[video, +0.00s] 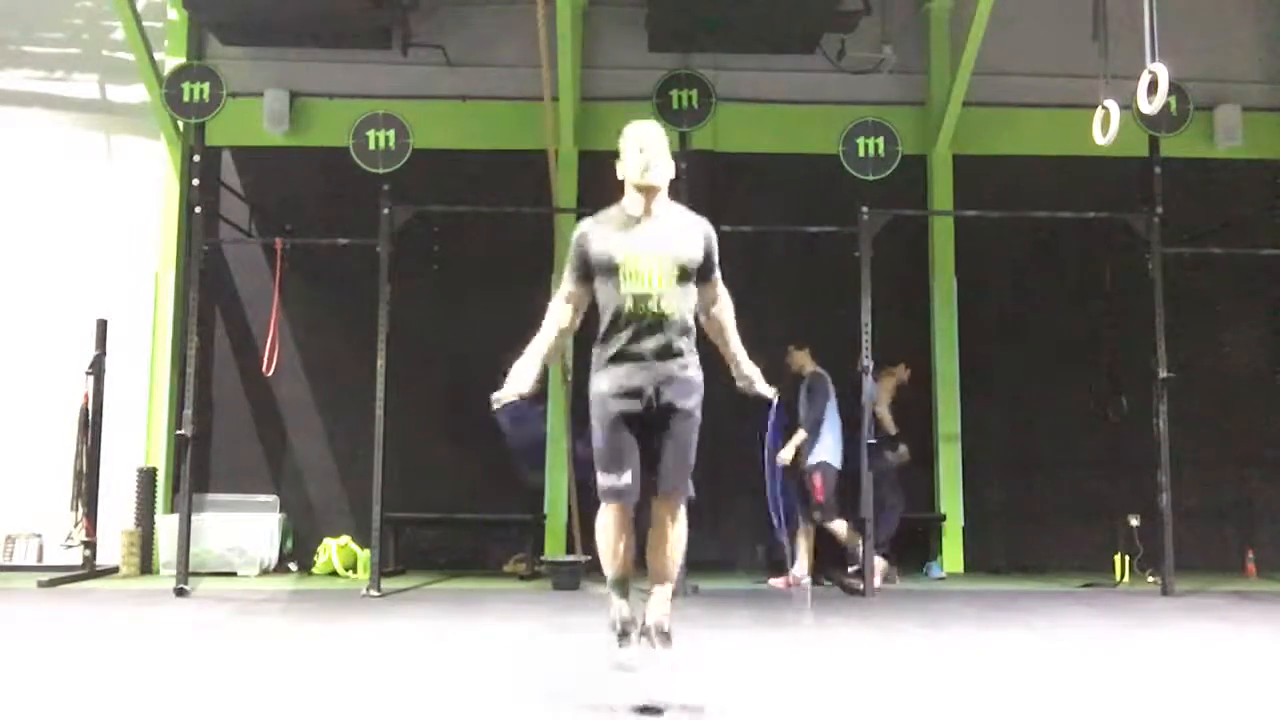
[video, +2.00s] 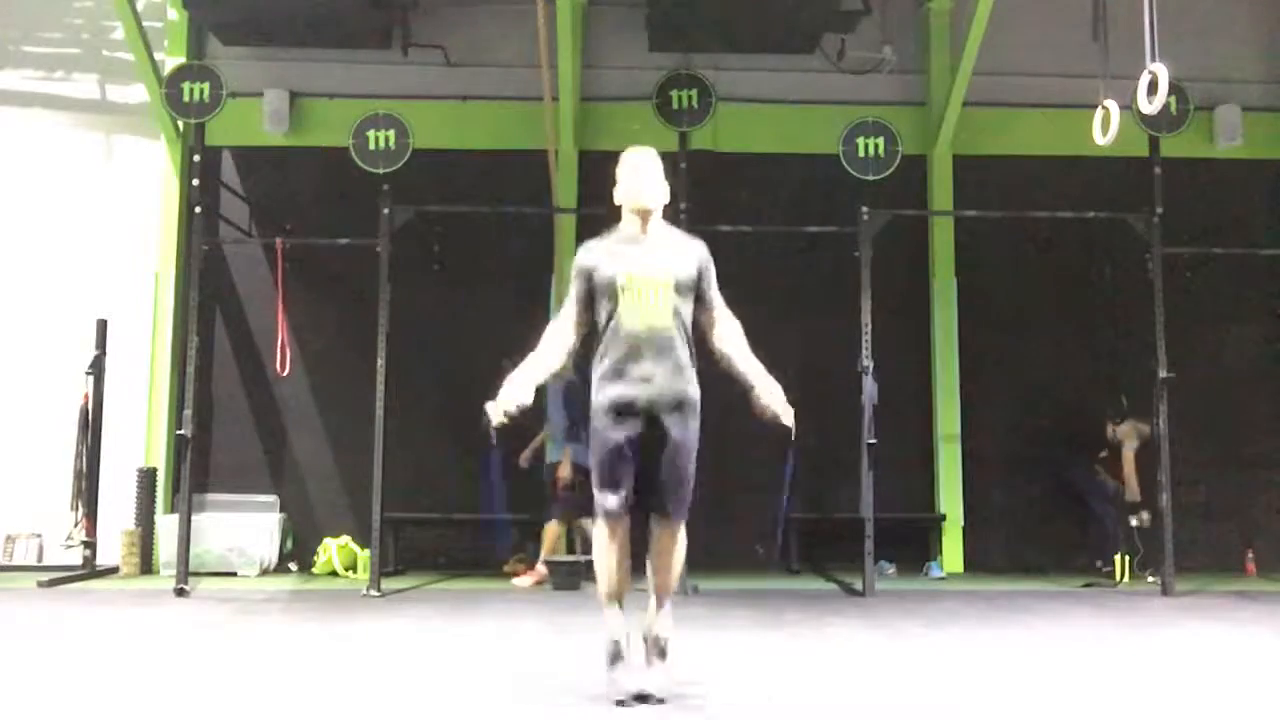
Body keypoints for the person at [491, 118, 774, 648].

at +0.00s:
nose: (647, 161)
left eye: (656, 153)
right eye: (637, 153)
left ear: (672, 163)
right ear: (619, 165)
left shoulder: (697, 232)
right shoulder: (592, 233)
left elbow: (713, 304)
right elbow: (567, 307)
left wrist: (742, 366)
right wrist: (528, 364)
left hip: (680, 379)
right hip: (615, 380)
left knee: (672, 496)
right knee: (617, 495)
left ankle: (659, 613)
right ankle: (620, 605)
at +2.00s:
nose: (644, 190)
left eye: (651, 180)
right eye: (634, 180)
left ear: (664, 188)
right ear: (618, 189)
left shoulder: (693, 252)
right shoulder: (593, 255)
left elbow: (721, 329)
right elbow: (564, 336)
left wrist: (763, 386)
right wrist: (517, 388)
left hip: (677, 399)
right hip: (615, 398)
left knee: (670, 517)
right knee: (612, 514)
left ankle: (660, 623)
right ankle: (614, 629)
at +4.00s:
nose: (651, 191)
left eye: (657, 183)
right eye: (641, 183)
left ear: (671, 191)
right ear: (622, 193)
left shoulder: (695, 254)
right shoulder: (597, 255)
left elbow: (712, 317)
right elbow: (568, 321)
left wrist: (760, 366)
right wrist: (513, 362)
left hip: (679, 398)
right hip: (616, 399)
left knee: (672, 516)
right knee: (618, 512)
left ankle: (660, 625)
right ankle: (619, 623)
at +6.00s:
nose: (663, 165)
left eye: (671, 157)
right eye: (653, 157)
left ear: (685, 169)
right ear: (637, 169)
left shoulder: (712, 233)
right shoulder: (611, 236)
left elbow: (745, 305)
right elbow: (578, 308)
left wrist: (794, 359)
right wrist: (530, 357)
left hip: (694, 373)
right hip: (633, 373)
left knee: (691, 487)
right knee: (638, 482)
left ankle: (676, 599)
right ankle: (635, 597)